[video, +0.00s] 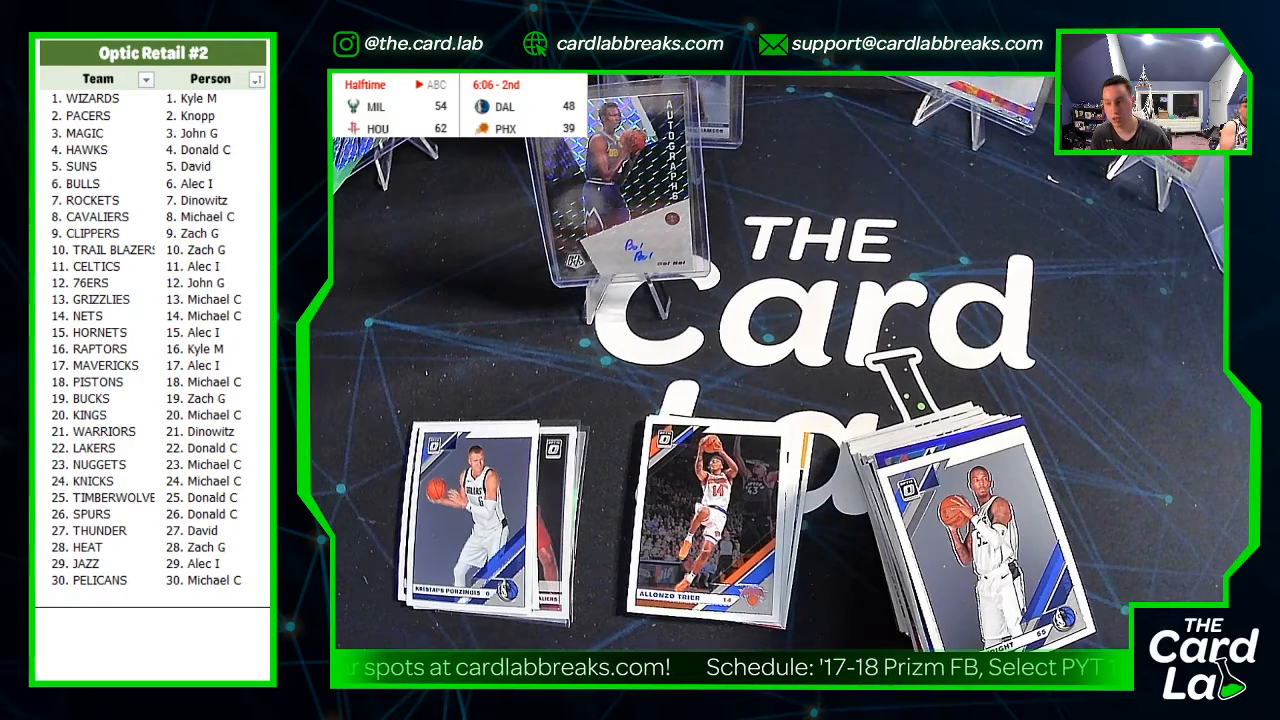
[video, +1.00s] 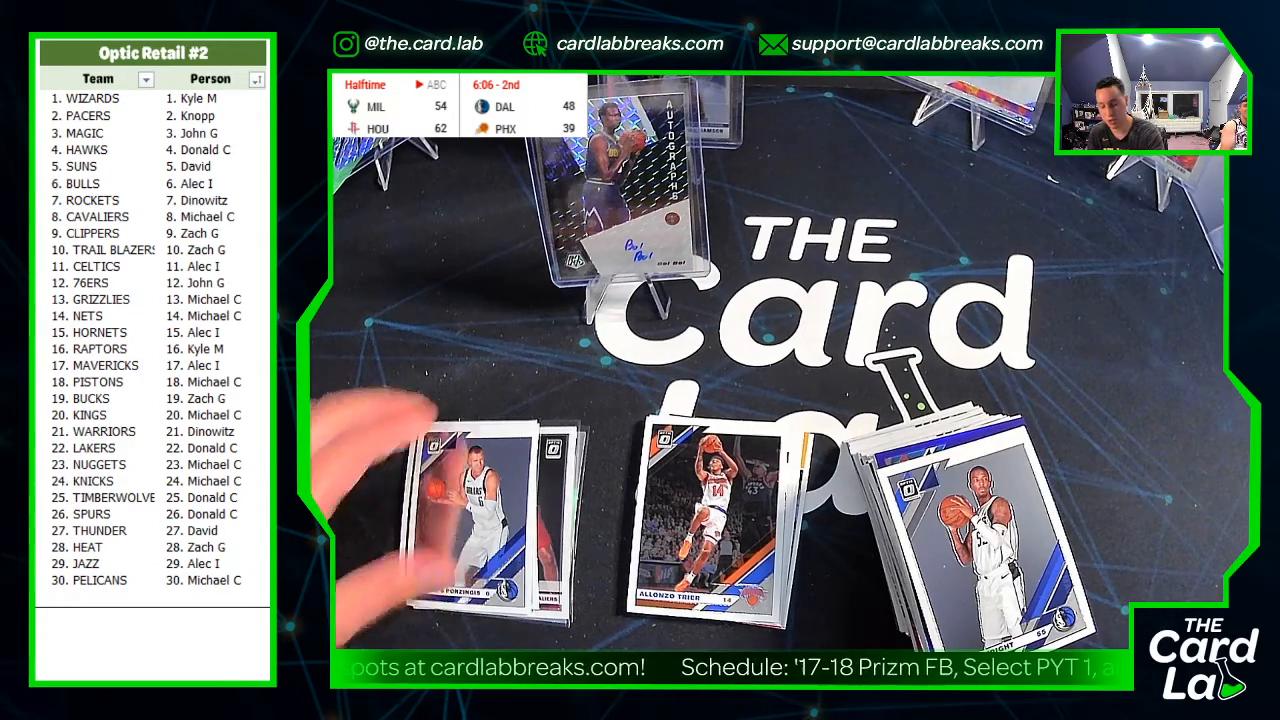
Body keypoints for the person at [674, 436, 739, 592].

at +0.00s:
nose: (714, 463)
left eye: (717, 461)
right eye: (713, 461)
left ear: (721, 465)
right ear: (710, 465)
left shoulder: (727, 476)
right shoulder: (706, 477)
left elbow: (734, 468)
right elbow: (698, 470)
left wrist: (722, 452)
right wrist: (700, 451)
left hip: (721, 513)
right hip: (706, 507)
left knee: (707, 550)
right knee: (704, 511)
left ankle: (688, 578)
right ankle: (688, 539)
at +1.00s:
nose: (714, 463)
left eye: (717, 461)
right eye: (713, 461)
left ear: (721, 465)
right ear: (710, 465)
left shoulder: (727, 476)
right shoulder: (706, 477)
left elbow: (734, 468)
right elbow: (698, 470)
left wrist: (722, 452)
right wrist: (700, 451)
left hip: (721, 513)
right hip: (706, 507)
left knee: (707, 550)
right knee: (704, 512)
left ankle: (688, 578)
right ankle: (688, 540)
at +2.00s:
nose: (714, 463)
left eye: (717, 461)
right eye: (713, 461)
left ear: (721, 465)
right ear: (710, 465)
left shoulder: (727, 476)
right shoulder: (706, 476)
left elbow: (734, 468)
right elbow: (698, 470)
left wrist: (722, 452)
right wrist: (700, 451)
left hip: (721, 512)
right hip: (706, 507)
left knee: (707, 550)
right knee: (704, 512)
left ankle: (688, 578)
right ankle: (688, 540)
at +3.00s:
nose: (714, 464)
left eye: (717, 462)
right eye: (712, 462)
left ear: (721, 465)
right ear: (709, 465)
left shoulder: (727, 476)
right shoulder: (706, 477)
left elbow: (734, 469)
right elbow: (699, 471)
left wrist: (722, 452)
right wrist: (700, 451)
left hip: (720, 513)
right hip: (706, 507)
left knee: (707, 550)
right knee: (704, 511)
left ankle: (688, 578)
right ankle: (688, 540)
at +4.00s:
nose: (715, 463)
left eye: (717, 462)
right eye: (713, 461)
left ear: (721, 465)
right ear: (709, 465)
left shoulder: (727, 476)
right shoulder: (706, 477)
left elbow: (734, 469)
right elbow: (698, 470)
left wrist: (721, 452)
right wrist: (700, 450)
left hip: (720, 513)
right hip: (706, 507)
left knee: (707, 549)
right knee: (704, 511)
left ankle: (688, 578)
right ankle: (688, 540)